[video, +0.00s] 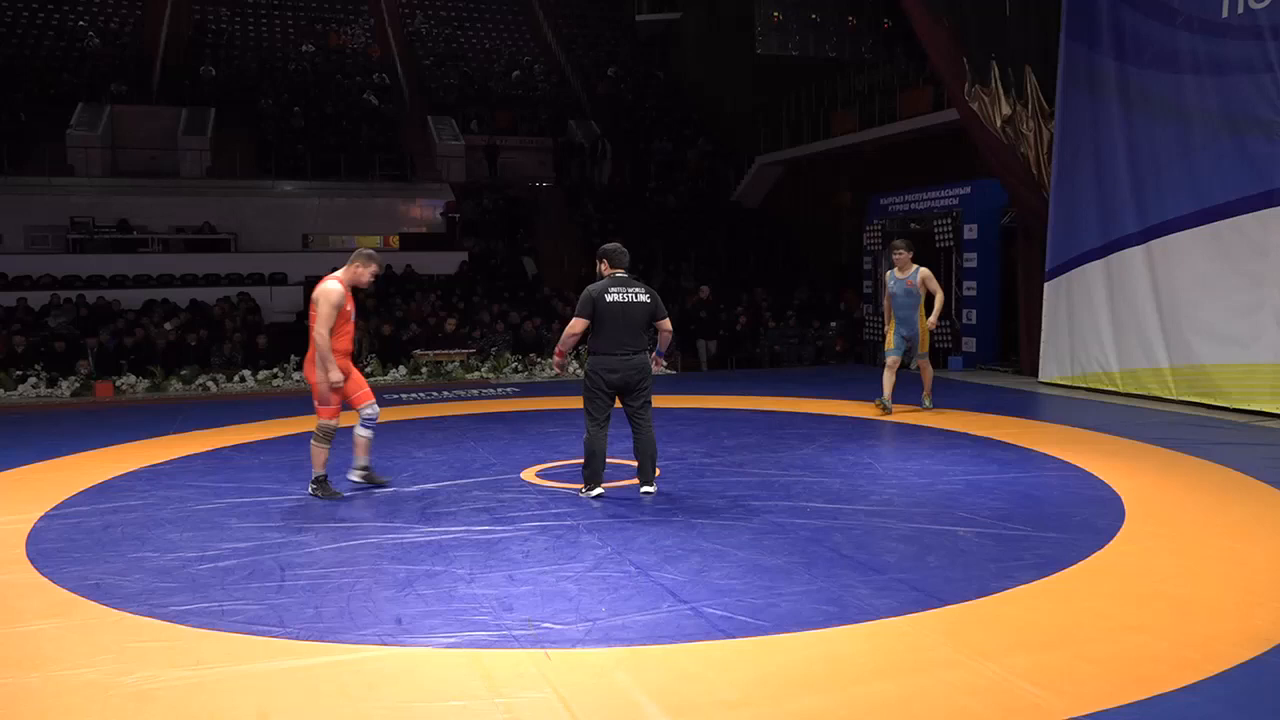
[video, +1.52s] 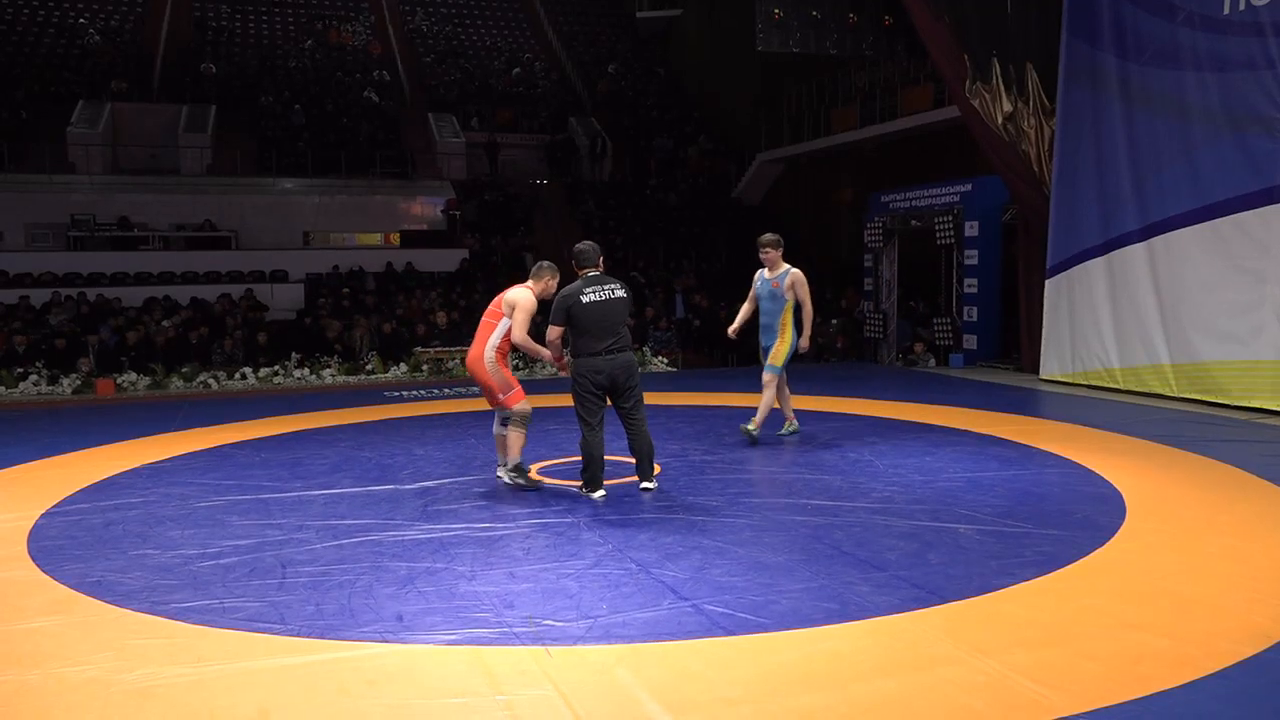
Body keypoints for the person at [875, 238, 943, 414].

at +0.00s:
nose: (896, 257)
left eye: (900, 254)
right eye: (894, 254)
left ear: (910, 255)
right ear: (892, 256)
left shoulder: (922, 273)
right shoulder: (889, 276)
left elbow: (939, 294)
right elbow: (887, 301)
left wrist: (934, 316)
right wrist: (887, 325)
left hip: (918, 326)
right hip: (896, 326)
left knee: (923, 362)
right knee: (891, 362)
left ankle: (927, 394)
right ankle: (886, 399)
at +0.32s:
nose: (873, 254)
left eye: (877, 251)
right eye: (871, 251)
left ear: (887, 251)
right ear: (868, 253)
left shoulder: (901, 270)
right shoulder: (866, 275)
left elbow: (915, 293)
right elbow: (860, 300)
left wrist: (914, 319)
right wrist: (855, 325)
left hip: (894, 326)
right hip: (873, 326)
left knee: (888, 362)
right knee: (877, 366)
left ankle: (898, 397)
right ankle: (883, 404)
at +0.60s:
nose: (855, 259)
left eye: (859, 256)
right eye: (853, 256)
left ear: (870, 256)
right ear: (851, 257)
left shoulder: (883, 278)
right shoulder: (847, 278)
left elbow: (895, 304)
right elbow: (836, 301)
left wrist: (896, 331)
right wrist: (824, 319)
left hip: (873, 331)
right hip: (853, 331)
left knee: (864, 370)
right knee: (862, 371)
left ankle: (857, 413)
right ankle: (881, 401)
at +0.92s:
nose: (827, 256)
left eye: (831, 252)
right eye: (825, 252)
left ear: (842, 252)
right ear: (823, 254)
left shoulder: (856, 274)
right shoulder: (822, 274)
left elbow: (870, 301)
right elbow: (820, 303)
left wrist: (864, 327)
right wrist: (820, 328)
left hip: (848, 334)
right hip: (826, 332)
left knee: (851, 375)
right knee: (813, 370)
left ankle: (854, 415)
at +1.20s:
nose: (794, 259)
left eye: (799, 255)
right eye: (792, 255)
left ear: (810, 254)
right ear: (790, 257)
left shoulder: (825, 276)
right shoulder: (791, 279)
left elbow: (839, 302)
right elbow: (791, 307)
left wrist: (834, 327)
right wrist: (790, 332)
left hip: (815, 338)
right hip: (792, 336)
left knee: (816, 383)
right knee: (788, 379)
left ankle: (837, 404)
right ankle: (790, 422)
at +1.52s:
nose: (763, 256)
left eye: (767, 252)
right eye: (761, 252)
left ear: (779, 252)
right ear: (759, 253)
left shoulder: (794, 275)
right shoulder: (759, 275)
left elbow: (806, 305)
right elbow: (750, 302)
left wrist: (806, 336)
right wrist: (737, 323)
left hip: (783, 337)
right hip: (765, 337)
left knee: (768, 378)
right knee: (778, 381)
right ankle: (791, 420)